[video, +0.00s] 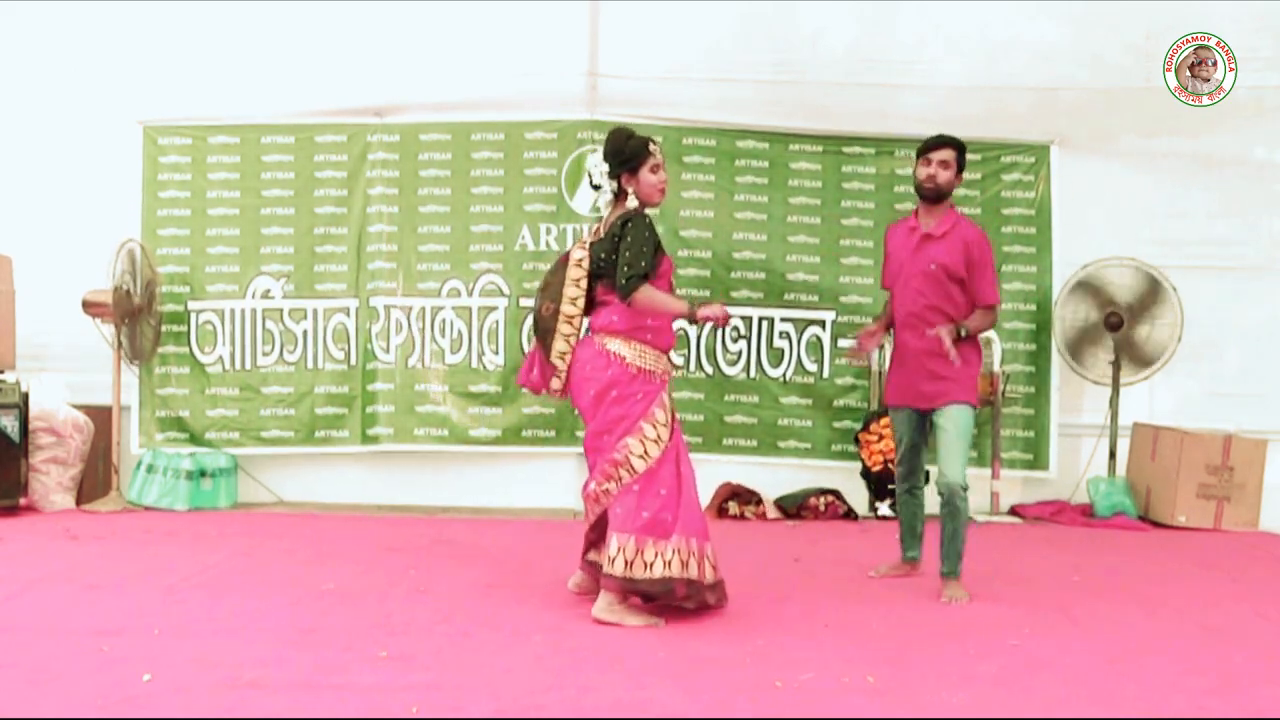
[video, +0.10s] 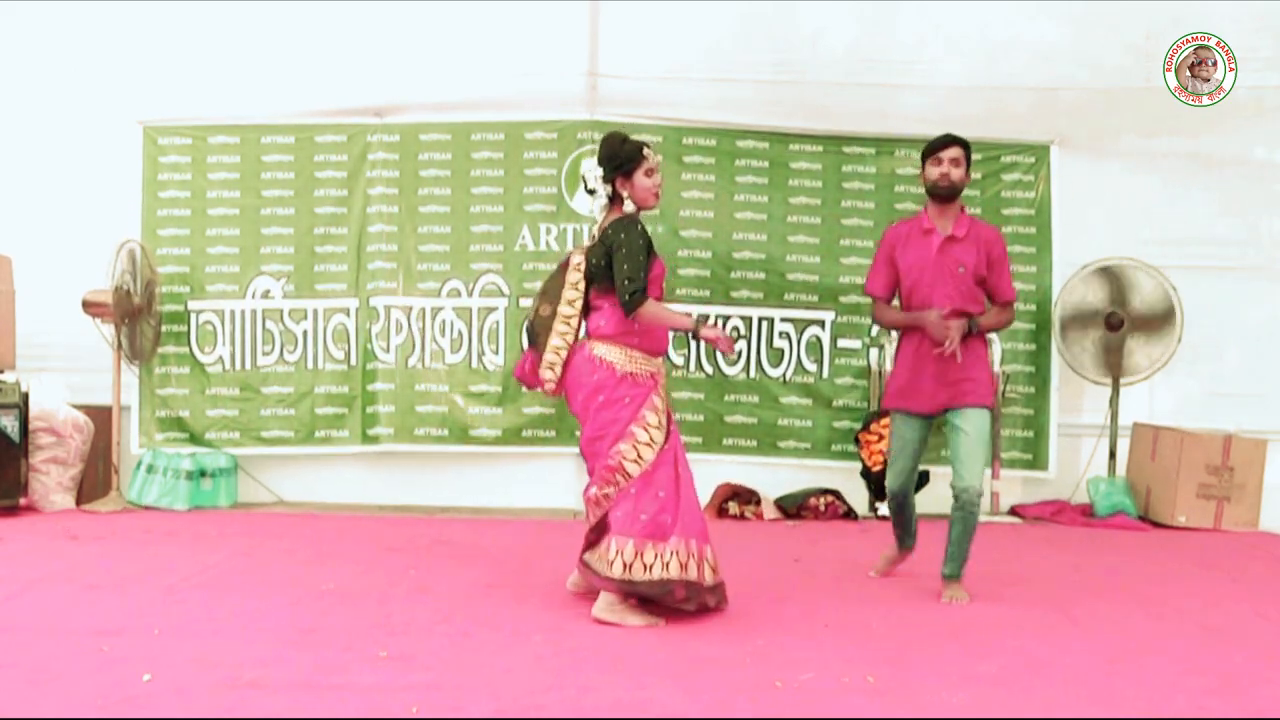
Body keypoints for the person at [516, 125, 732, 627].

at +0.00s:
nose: (663, 178)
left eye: (663, 167)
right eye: (653, 170)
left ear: (634, 177)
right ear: (627, 180)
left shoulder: (613, 225)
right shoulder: (635, 225)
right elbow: (634, 289)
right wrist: (693, 310)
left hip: (602, 361)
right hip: (623, 365)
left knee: (617, 466)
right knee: (644, 471)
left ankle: (593, 567)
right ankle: (614, 596)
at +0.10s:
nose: (658, 182)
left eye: (657, 172)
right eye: (649, 174)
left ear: (626, 182)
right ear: (622, 182)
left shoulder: (615, 228)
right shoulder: (627, 230)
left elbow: (633, 306)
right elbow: (637, 306)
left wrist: (686, 321)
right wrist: (698, 326)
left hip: (605, 367)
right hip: (617, 372)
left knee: (624, 469)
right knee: (647, 474)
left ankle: (591, 566)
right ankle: (615, 596)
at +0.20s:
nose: (644, 185)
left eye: (644, 176)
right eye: (634, 178)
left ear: (625, 184)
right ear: (608, 186)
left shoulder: (627, 239)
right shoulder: (604, 239)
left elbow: (627, 308)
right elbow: (625, 310)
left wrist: (668, 301)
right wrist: (685, 315)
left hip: (618, 370)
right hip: (598, 373)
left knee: (625, 469)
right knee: (637, 473)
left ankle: (588, 570)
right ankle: (614, 596)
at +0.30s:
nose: (636, 183)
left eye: (635, 175)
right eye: (625, 176)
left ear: (625, 182)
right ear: (598, 185)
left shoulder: (628, 237)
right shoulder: (589, 238)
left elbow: (634, 304)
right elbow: (613, 304)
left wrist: (660, 277)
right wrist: (666, 287)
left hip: (618, 368)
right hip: (587, 371)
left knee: (637, 467)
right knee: (616, 471)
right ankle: (607, 592)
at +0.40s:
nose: (623, 184)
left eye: (624, 175)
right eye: (612, 176)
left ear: (618, 181)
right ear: (585, 184)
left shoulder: (626, 237)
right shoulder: (570, 241)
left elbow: (650, 303)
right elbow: (577, 308)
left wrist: (647, 279)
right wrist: (632, 283)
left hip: (615, 368)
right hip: (572, 370)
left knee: (635, 461)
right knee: (588, 466)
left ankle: (626, 563)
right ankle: (557, 561)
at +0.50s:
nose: (615, 186)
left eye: (617, 177)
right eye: (605, 178)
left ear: (617, 183)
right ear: (578, 186)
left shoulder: (627, 239)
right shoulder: (561, 240)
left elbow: (646, 305)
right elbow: (546, 312)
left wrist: (630, 294)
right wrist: (607, 312)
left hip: (613, 366)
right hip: (567, 367)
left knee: (619, 459)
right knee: (574, 462)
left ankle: (602, 563)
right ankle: (540, 544)